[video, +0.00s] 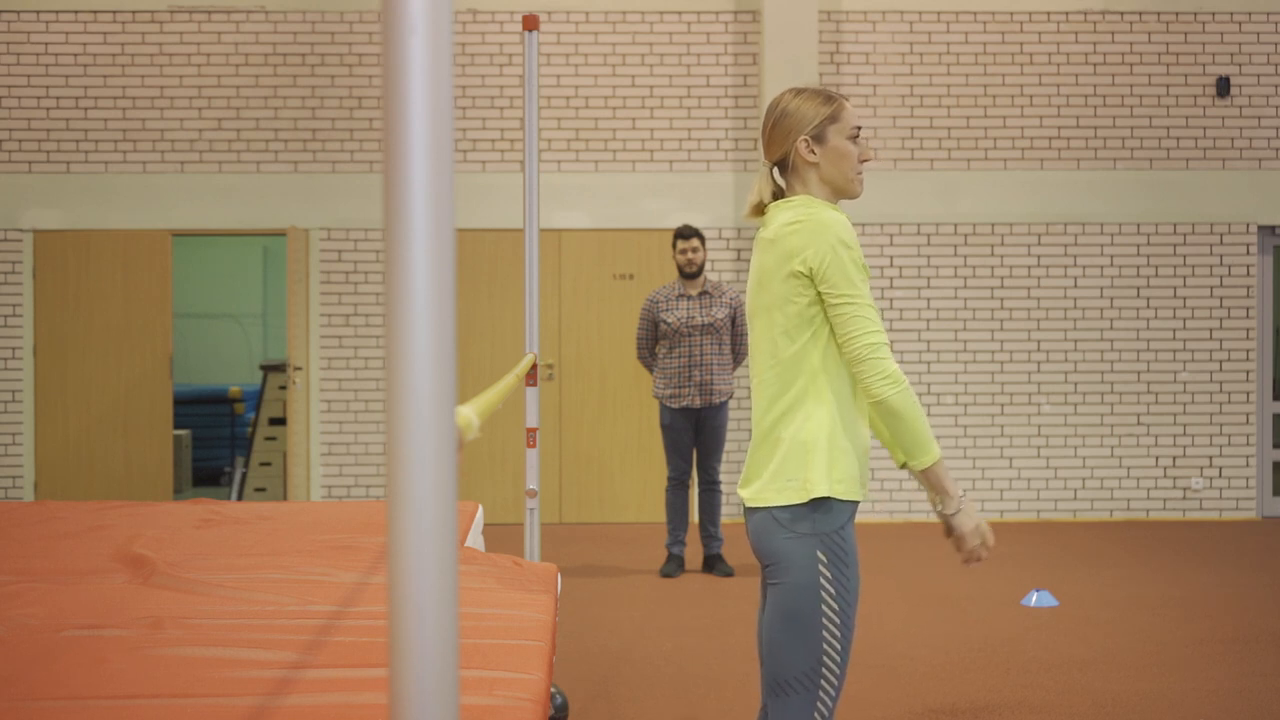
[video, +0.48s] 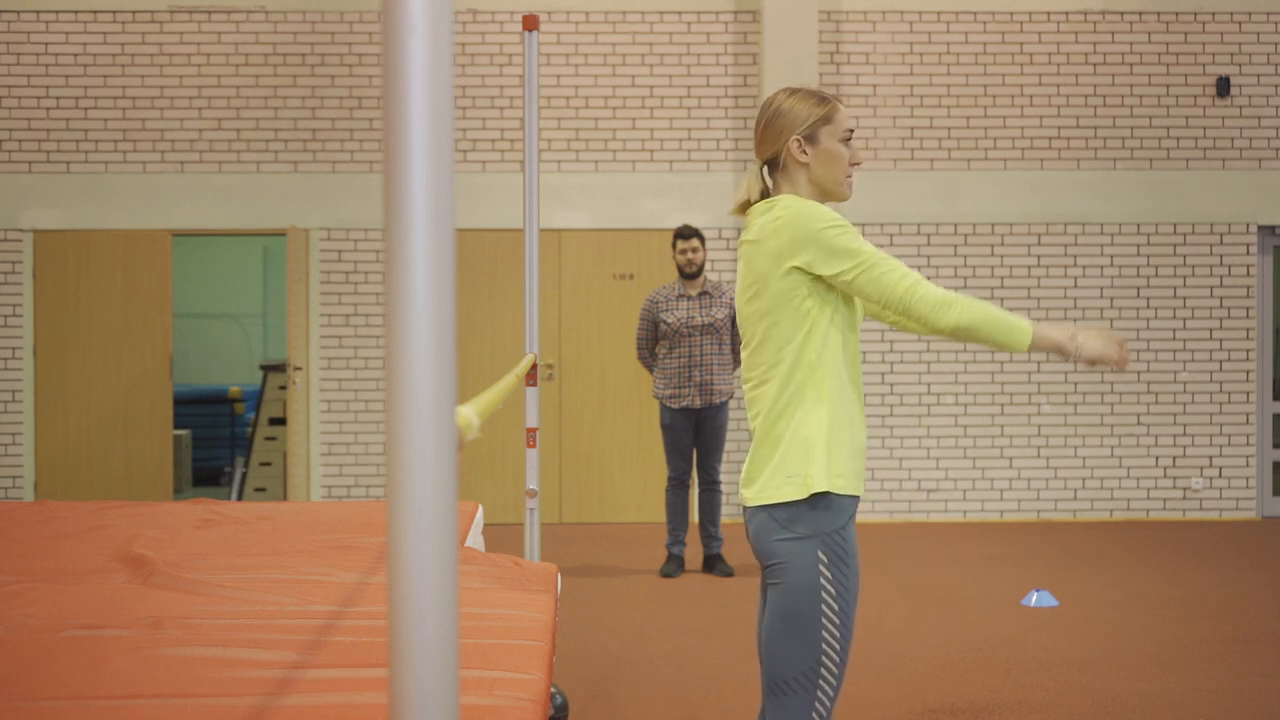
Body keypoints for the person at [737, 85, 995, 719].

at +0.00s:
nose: (866, 153)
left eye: (861, 138)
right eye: (853, 139)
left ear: (807, 153)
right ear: (807, 151)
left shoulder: (783, 227)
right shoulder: (820, 229)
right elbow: (877, 379)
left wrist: (941, 496)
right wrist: (949, 502)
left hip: (785, 504)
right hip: (808, 508)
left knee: (788, 705)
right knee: (804, 706)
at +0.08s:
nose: (863, 152)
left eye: (859, 138)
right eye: (851, 138)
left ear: (806, 153)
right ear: (807, 150)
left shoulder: (783, 228)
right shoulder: (818, 227)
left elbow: (870, 377)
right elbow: (882, 370)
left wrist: (961, 481)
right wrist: (967, 481)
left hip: (787, 503)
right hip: (808, 506)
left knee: (788, 706)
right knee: (804, 707)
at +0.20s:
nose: (863, 153)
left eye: (858, 138)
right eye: (850, 139)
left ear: (805, 154)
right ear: (804, 151)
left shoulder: (781, 228)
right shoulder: (816, 226)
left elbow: (876, 359)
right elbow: (896, 356)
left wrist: (990, 448)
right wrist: (1000, 455)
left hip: (785, 501)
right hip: (806, 505)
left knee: (788, 705)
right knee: (802, 706)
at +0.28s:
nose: (861, 154)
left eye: (857, 139)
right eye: (847, 139)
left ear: (802, 153)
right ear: (801, 151)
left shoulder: (780, 228)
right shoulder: (810, 225)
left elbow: (890, 349)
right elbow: (905, 344)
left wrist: (1010, 422)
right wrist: (1020, 426)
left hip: (788, 502)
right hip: (805, 505)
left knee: (790, 704)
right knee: (800, 705)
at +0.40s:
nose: (857, 154)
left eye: (854, 140)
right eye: (845, 140)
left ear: (801, 153)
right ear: (801, 150)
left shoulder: (780, 227)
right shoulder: (804, 223)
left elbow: (896, 327)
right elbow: (912, 319)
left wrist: (1034, 373)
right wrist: (1048, 377)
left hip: (793, 499)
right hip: (806, 501)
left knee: (792, 703)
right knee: (802, 705)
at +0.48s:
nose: (856, 154)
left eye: (852, 140)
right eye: (844, 140)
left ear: (800, 152)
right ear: (799, 150)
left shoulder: (782, 226)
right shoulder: (799, 223)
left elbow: (908, 308)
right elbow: (921, 304)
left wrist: (1050, 337)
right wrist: (1061, 339)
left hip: (798, 500)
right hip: (806, 502)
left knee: (792, 704)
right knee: (802, 705)